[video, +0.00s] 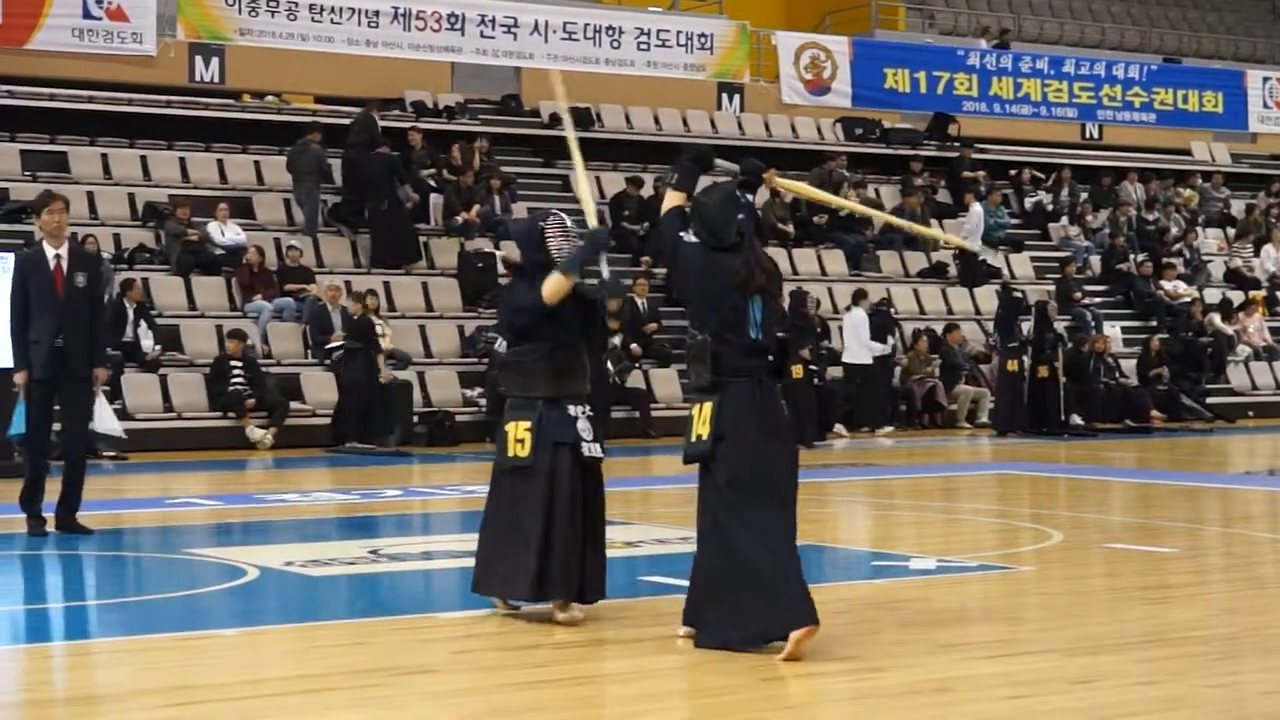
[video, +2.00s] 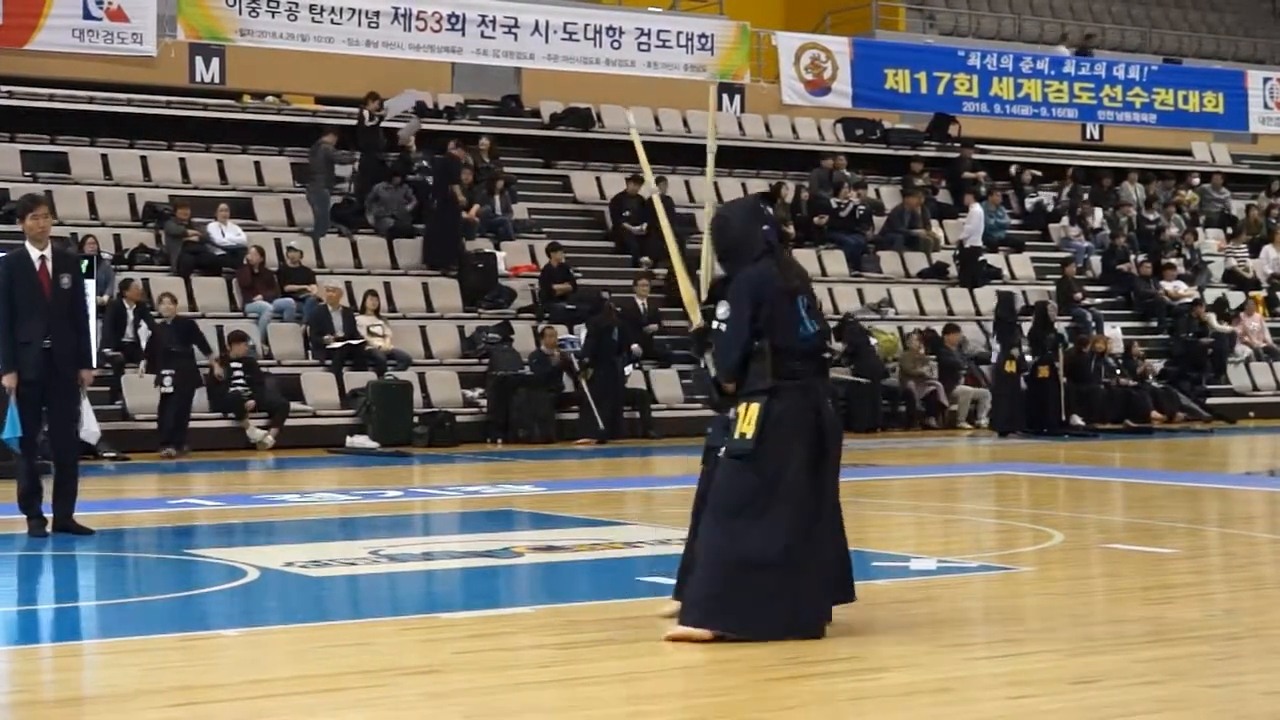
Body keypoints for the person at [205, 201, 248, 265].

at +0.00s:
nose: (224, 213)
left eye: (226, 210)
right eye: (221, 210)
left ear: (229, 212)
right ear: (216, 213)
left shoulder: (234, 226)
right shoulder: (211, 225)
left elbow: (244, 240)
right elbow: (218, 241)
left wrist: (227, 238)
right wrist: (238, 243)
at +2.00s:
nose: (224, 214)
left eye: (226, 211)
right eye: (221, 211)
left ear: (229, 213)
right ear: (216, 214)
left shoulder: (234, 227)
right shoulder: (212, 226)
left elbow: (244, 241)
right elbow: (219, 242)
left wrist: (227, 239)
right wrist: (239, 244)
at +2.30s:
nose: (224, 214)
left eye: (226, 211)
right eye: (221, 211)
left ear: (229, 213)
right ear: (216, 214)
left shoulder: (234, 226)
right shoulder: (212, 226)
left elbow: (244, 240)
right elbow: (219, 242)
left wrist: (227, 239)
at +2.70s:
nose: (227, 214)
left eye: (229, 211)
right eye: (224, 211)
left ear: (231, 213)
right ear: (219, 213)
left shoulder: (234, 226)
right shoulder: (212, 226)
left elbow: (244, 240)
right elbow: (219, 242)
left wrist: (228, 239)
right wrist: (239, 244)